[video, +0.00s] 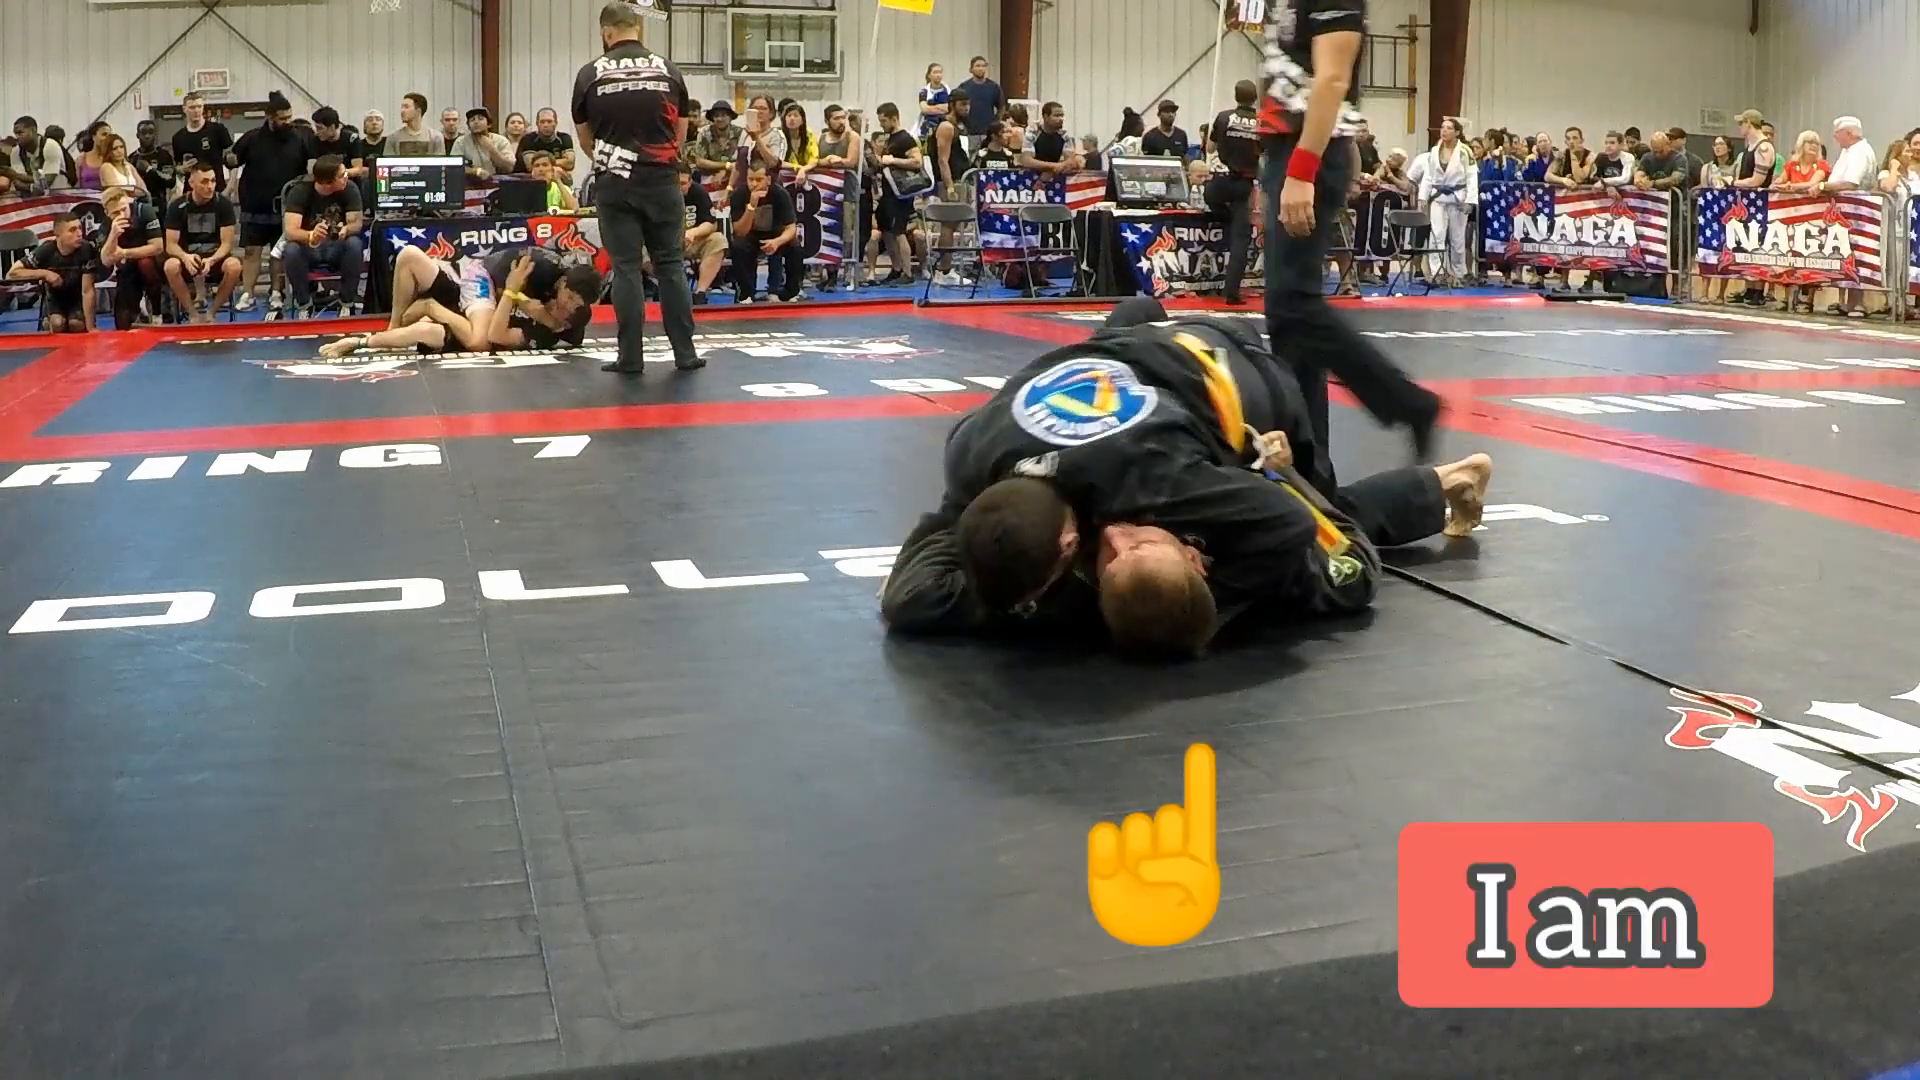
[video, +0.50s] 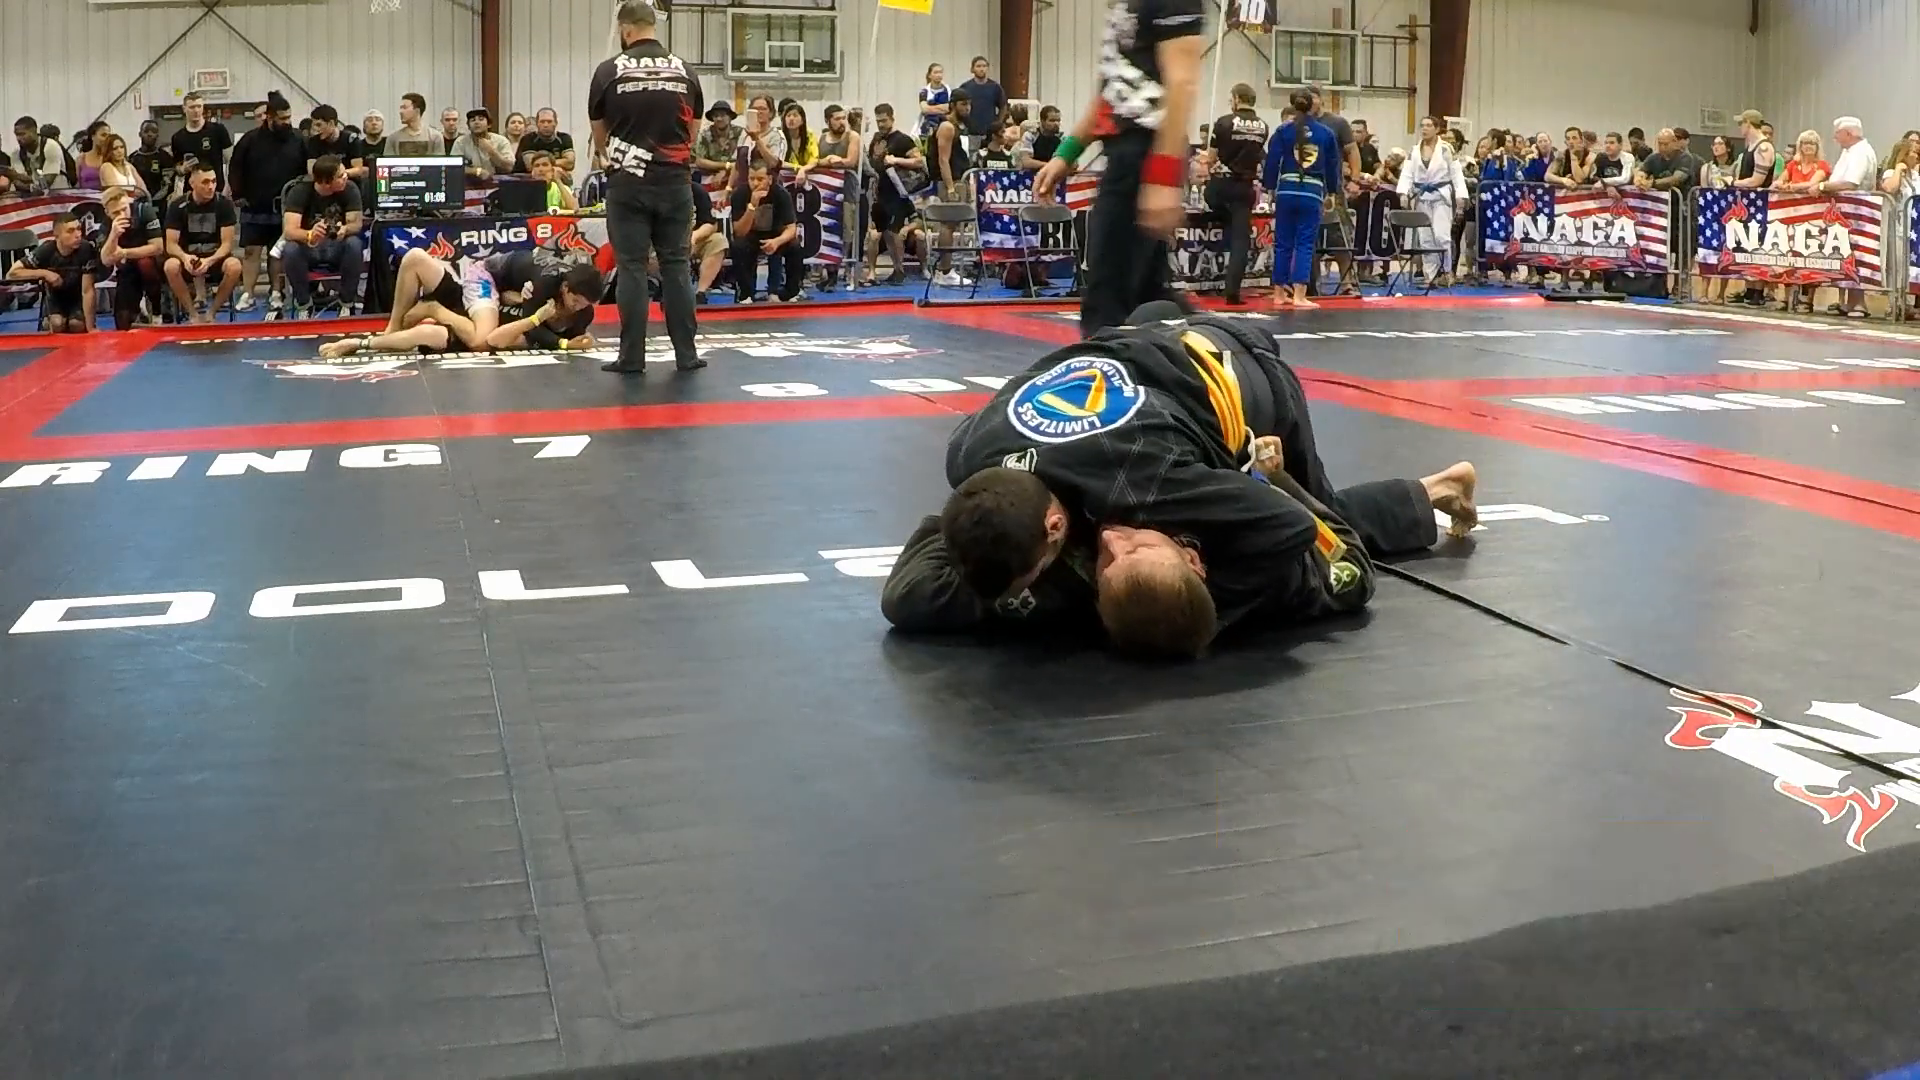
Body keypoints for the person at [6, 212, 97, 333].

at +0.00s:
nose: (79, 233)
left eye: (80, 229)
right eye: (73, 230)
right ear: (58, 235)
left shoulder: (86, 249)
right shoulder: (47, 249)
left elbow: (88, 290)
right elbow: (12, 274)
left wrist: (91, 327)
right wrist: (45, 273)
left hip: (77, 293)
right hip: (54, 294)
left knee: (77, 325)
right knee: (58, 324)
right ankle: (46, 324)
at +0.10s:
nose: (79, 233)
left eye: (80, 229)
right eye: (72, 230)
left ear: (82, 229)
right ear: (57, 235)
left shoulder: (86, 249)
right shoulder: (47, 249)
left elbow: (88, 290)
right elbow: (12, 274)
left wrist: (91, 327)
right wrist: (45, 273)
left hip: (77, 292)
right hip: (55, 293)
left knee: (77, 325)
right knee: (58, 324)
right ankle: (46, 323)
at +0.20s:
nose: (79, 233)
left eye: (80, 229)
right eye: (72, 230)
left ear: (82, 229)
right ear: (57, 235)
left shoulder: (86, 249)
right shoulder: (47, 249)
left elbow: (88, 290)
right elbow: (12, 274)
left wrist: (91, 327)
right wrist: (45, 273)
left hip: (77, 292)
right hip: (55, 292)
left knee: (77, 325)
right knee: (58, 324)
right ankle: (46, 324)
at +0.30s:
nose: (79, 234)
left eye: (79, 229)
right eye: (72, 231)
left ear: (82, 229)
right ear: (57, 234)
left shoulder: (86, 249)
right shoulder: (47, 249)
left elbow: (88, 290)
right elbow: (12, 274)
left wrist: (91, 327)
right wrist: (45, 273)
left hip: (77, 292)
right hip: (54, 292)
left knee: (77, 325)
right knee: (58, 324)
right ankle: (45, 324)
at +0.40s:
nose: (78, 234)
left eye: (79, 229)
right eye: (71, 231)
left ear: (82, 229)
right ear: (56, 234)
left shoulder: (86, 249)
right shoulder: (47, 249)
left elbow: (88, 290)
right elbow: (12, 274)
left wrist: (91, 327)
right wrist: (44, 273)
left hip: (77, 292)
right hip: (55, 292)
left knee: (77, 324)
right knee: (58, 324)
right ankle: (45, 324)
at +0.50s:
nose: (78, 235)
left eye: (79, 229)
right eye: (71, 231)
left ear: (81, 229)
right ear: (56, 235)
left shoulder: (86, 249)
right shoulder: (47, 249)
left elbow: (88, 290)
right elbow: (13, 273)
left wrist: (91, 327)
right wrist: (44, 273)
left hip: (77, 292)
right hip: (55, 292)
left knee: (77, 325)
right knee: (57, 324)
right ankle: (46, 323)